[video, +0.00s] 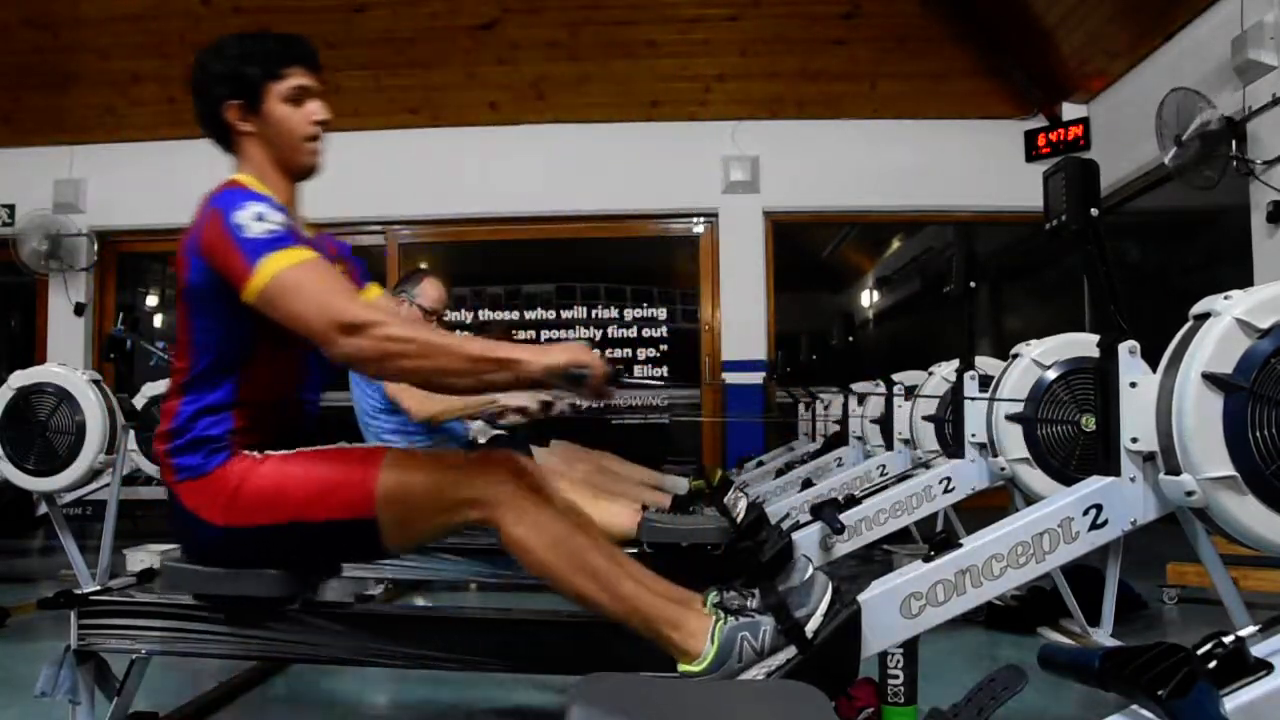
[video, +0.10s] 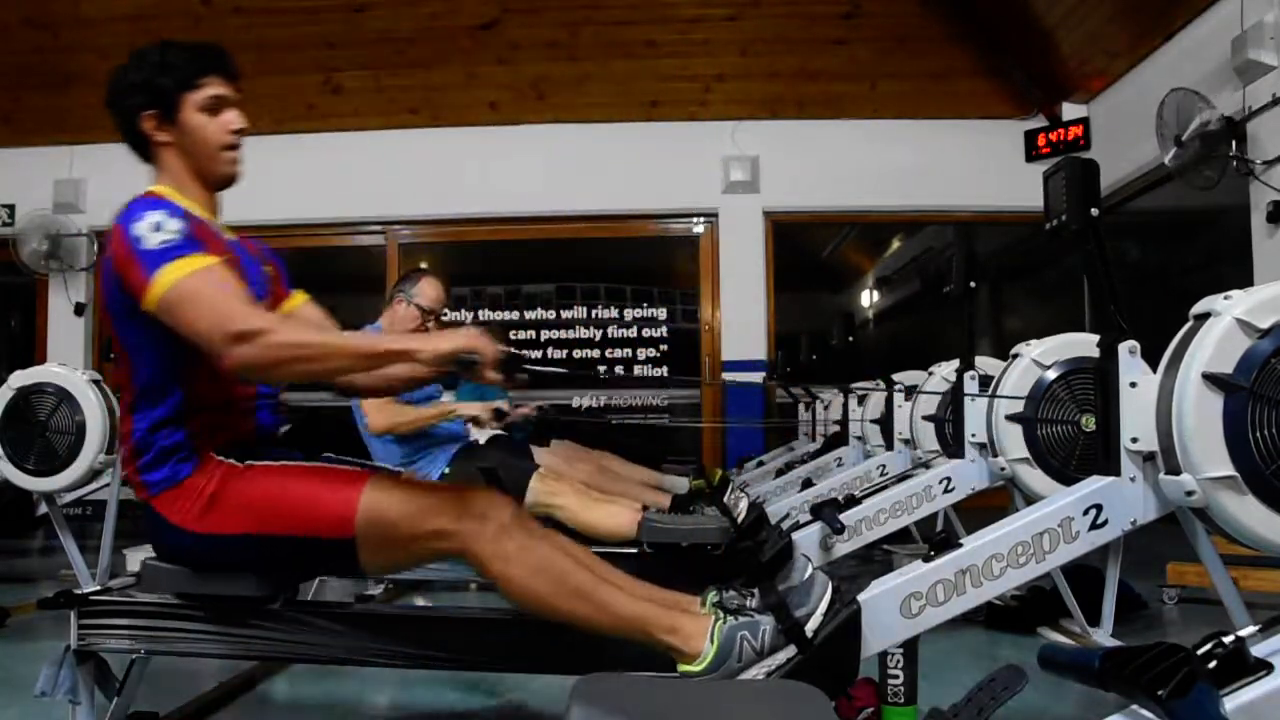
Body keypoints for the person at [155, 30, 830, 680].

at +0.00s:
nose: (323, 115)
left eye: (320, 99)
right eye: (299, 99)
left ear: (310, 113)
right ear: (240, 117)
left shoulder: (303, 235)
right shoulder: (235, 215)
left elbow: (397, 342)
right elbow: (360, 334)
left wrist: (527, 365)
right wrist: (532, 364)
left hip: (269, 467)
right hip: (225, 480)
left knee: (513, 477)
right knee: (493, 482)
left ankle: (711, 620)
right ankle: (704, 644)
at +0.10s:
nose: (237, 126)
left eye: (236, 110)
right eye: (215, 111)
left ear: (227, 122)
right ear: (154, 128)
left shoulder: (245, 256)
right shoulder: (150, 231)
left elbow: (341, 358)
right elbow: (248, 348)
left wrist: (446, 376)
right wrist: (429, 350)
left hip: (250, 469)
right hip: (196, 488)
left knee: (487, 500)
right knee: (470, 513)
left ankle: (693, 623)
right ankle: (697, 639)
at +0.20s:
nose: (176, 143)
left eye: (174, 127)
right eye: (153, 127)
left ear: (162, 144)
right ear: (92, 149)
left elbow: (271, 384)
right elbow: (139, 369)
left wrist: (371, 349)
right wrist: (316, 338)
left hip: (247, 460)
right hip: (189, 480)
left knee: (466, 521)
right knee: (438, 530)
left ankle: (704, 626)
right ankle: (704, 641)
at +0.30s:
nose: (138, 160)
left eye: (137, 144)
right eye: (115, 146)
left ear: (113, 161)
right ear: (55, 165)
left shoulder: (138, 275)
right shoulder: (49, 264)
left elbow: (218, 416)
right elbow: (33, 413)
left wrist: (286, 372)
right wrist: (204, 349)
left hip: (231, 465)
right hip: (182, 484)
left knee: (459, 531)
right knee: (431, 538)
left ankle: (698, 623)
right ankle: (700, 641)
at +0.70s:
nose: (152, 158)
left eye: (151, 142)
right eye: (131, 143)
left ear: (127, 161)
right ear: (70, 163)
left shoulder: (142, 273)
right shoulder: (52, 269)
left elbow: (188, 405)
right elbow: (41, 431)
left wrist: (263, 438)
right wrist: (197, 466)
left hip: (239, 471)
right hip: (193, 494)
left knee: (465, 534)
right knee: (443, 543)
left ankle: (703, 625)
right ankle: (701, 641)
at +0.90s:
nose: (197, 150)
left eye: (197, 133)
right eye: (177, 132)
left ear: (174, 148)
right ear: (116, 147)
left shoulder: (187, 268)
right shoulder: (89, 260)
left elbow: (247, 396)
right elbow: (127, 419)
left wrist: (327, 458)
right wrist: (278, 485)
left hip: (261, 484)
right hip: (193, 502)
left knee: (469, 529)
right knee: (445, 538)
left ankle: (697, 628)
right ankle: (697, 640)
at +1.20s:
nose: (282, 141)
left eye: (282, 125)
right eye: (262, 123)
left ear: (250, 138)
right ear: (201, 133)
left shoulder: (254, 263)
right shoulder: (166, 247)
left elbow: (335, 387)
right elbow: (244, 400)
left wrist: (420, 464)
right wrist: (387, 484)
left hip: (258, 475)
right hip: (197, 489)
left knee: (475, 506)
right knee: (456, 523)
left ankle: (691, 624)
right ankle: (687, 637)